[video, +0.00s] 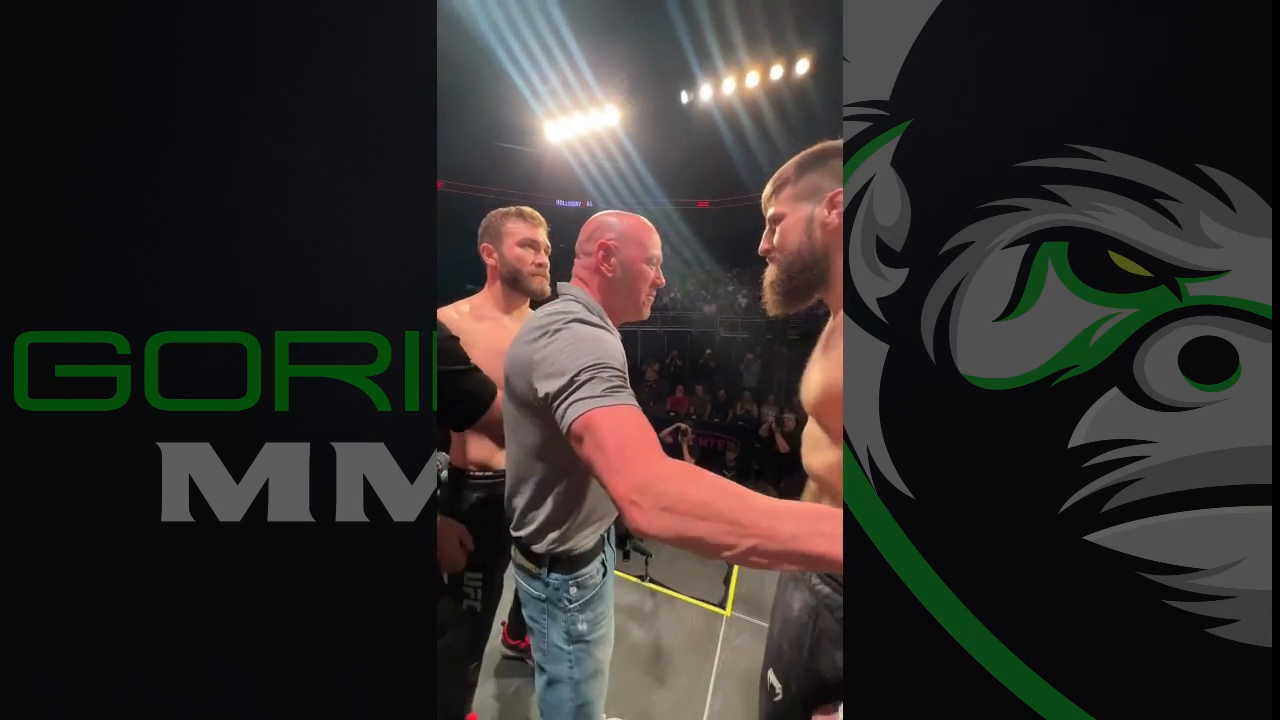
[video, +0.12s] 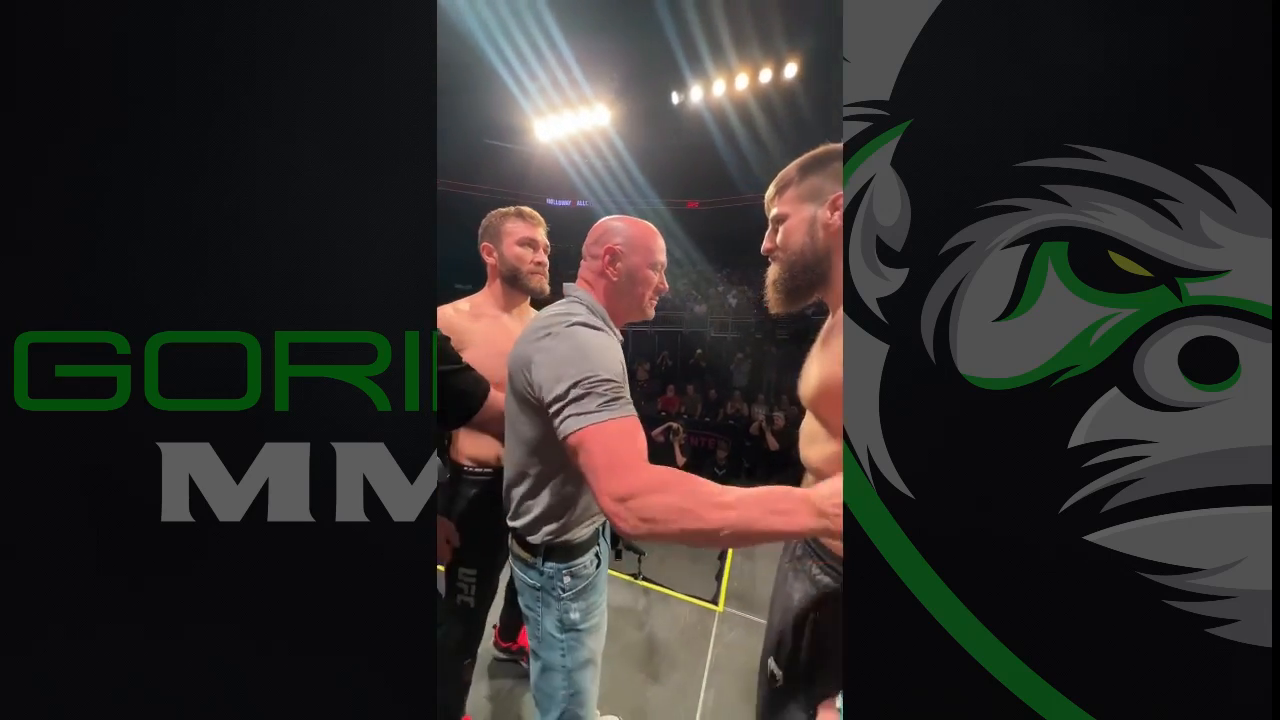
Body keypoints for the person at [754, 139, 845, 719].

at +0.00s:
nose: (764, 245)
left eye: (776, 221)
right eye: (766, 227)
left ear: (832, 211)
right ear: (829, 214)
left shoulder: (858, 333)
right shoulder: (835, 330)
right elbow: (829, 482)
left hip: (836, 589)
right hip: (812, 579)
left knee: (800, 706)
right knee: (783, 704)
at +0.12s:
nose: (767, 244)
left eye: (779, 221)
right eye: (769, 226)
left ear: (834, 214)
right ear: (829, 217)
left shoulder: (854, 333)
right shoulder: (833, 328)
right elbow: (832, 480)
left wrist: (842, 692)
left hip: (837, 571)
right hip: (813, 557)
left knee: (802, 704)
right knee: (786, 701)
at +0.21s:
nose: (767, 245)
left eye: (779, 224)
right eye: (768, 228)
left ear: (834, 218)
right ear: (828, 222)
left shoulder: (851, 334)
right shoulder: (832, 328)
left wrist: (836, 687)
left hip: (835, 574)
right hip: (811, 557)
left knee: (790, 708)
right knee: (779, 702)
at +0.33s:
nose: (763, 249)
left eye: (775, 231)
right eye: (764, 235)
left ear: (828, 228)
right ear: (824, 233)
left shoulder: (845, 309)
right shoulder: (831, 309)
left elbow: (882, 479)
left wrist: (834, 641)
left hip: (834, 562)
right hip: (817, 549)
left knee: (785, 705)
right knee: (779, 698)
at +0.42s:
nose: (758, 252)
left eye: (771, 235)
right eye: (761, 238)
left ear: (821, 235)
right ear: (819, 239)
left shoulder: (840, 299)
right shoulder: (827, 303)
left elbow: (884, 448)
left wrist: (846, 629)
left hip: (836, 553)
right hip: (818, 539)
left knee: (792, 699)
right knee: (788, 693)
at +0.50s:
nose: (756, 251)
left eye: (770, 234)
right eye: (760, 238)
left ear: (819, 236)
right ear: (818, 240)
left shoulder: (836, 292)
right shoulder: (822, 301)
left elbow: (889, 385)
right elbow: (808, 420)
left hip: (835, 537)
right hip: (818, 529)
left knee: (804, 692)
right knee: (804, 688)